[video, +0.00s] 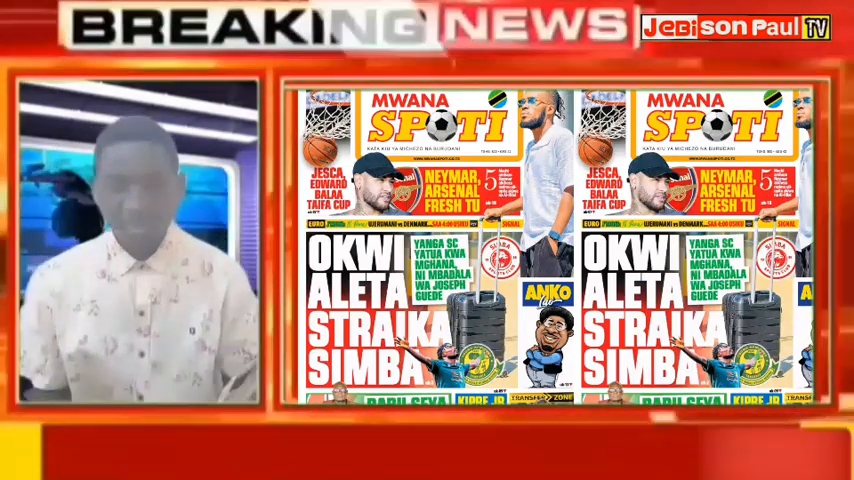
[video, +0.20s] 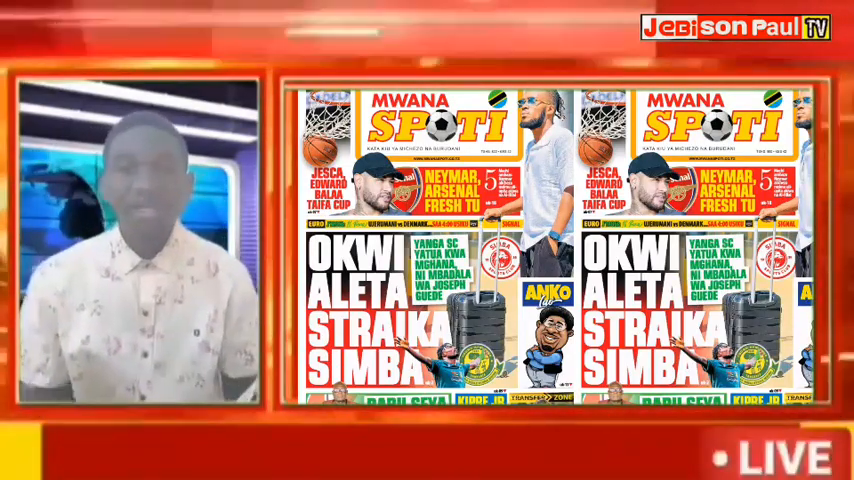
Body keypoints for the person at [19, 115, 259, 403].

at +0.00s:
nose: (135, 202)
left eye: (152, 185)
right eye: (119, 185)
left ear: (181, 187)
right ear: (94, 190)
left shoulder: (223, 277)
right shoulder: (55, 280)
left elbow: (251, 386)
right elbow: (46, 399)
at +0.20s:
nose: (144, 185)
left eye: (161, 169)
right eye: (126, 169)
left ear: (189, 186)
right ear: (102, 186)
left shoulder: (227, 277)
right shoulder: (57, 278)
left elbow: (242, 392)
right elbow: (44, 402)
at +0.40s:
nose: (150, 179)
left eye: (168, 165)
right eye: (133, 164)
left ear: (193, 186)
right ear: (111, 185)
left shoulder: (229, 275)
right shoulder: (63, 275)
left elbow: (238, 387)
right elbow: (44, 397)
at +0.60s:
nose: (143, 176)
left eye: (162, 162)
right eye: (126, 162)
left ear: (187, 180)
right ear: (107, 181)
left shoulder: (225, 271)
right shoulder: (60, 272)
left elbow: (244, 385)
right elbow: (55, 391)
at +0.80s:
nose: (137, 176)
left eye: (155, 162)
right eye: (120, 163)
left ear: (180, 180)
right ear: (102, 183)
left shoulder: (220, 269)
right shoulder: (60, 273)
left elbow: (249, 375)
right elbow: (54, 385)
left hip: (194, 440)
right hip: (97, 442)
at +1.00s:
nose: (137, 180)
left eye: (155, 167)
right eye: (119, 168)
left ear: (177, 184)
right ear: (98, 187)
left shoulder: (217, 273)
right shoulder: (58, 278)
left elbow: (253, 375)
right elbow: (39, 391)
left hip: (191, 445)